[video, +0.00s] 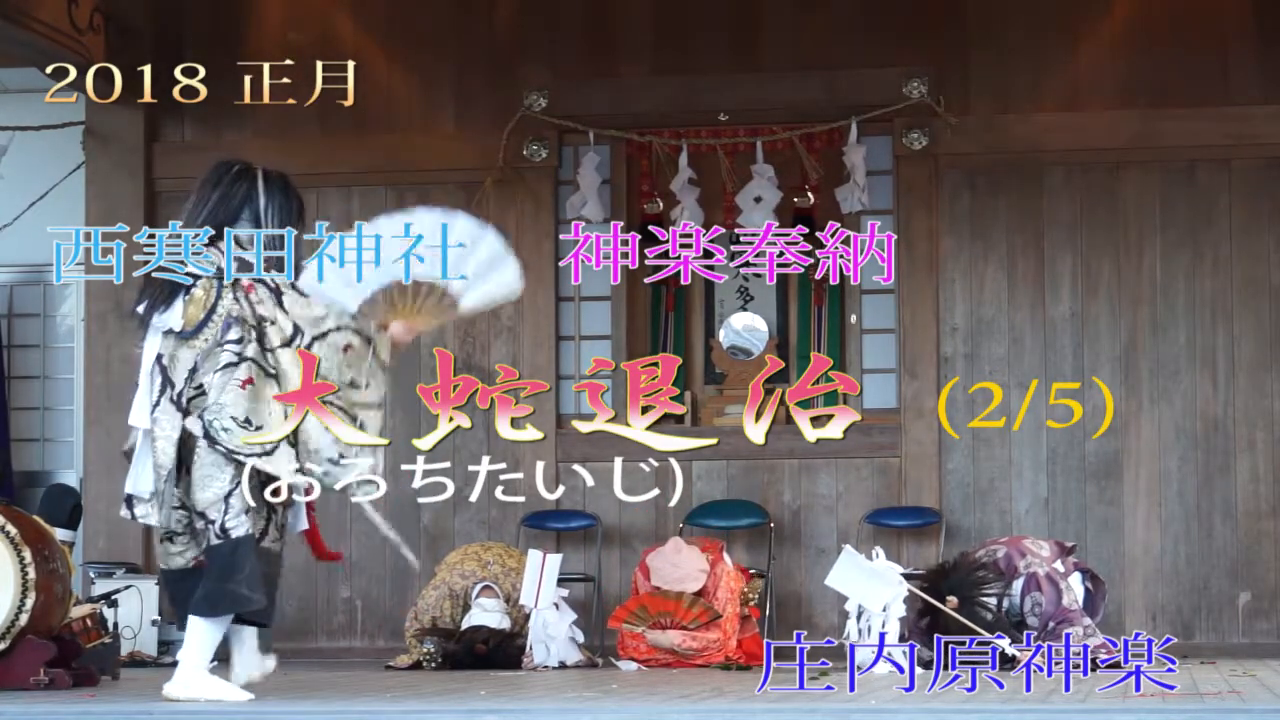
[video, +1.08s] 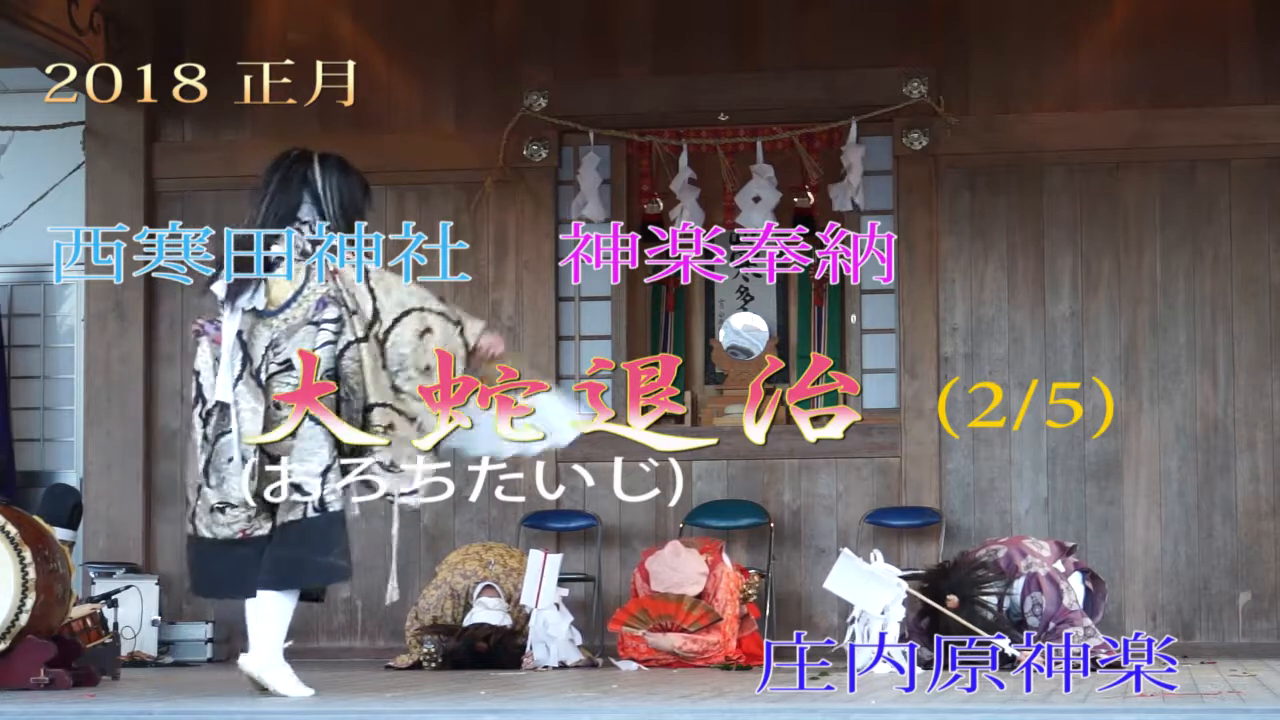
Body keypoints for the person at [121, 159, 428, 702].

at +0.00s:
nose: (290, 240)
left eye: (289, 228)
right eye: (286, 227)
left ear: (213, 214)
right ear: (262, 225)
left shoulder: (190, 285)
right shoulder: (234, 295)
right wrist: (385, 339)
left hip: (184, 441)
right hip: (223, 444)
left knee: (243, 545)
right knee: (233, 551)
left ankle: (246, 656)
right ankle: (192, 671)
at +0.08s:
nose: (300, 243)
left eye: (297, 230)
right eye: (292, 229)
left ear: (227, 220)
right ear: (266, 227)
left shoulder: (264, 292)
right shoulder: (231, 298)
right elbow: (235, 396)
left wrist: (349, 357)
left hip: (238, 447)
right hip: (209, 450)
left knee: (254, 546)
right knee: (231, 547)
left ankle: (230, 664)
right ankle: (191, 669)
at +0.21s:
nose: (312, 254)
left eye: (313, 238)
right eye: (307, 237)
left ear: (237, 226)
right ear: (280, 236)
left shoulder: (213, 293)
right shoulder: (253, 300)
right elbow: (236, 389)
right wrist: (277, 438)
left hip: (214, 443)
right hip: (223, 448)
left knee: (241, 549)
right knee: (240, 551)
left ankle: (227, 654)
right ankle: (211, 652)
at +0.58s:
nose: (332, 252)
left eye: (333, 237)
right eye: (329, 236)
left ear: (259, 214)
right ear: (306, 228)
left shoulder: (214, 290)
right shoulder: (293, 295)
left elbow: (187, 371)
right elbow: (310, 382)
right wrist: (317, 462)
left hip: (207, 432)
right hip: (264, 435)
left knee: (223, 541)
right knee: (281, 537)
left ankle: (230, 661)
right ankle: (263, 656)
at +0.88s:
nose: (349, 224)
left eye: (347, 213)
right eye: (344, 212)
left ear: (268, 200)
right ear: (325, 211)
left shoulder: (232, 274)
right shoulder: (319, 283)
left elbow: (211, 360)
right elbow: (344, 373)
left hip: (228, 428)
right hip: (289, 436)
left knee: (240, 532)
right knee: (292, 534)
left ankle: (239, 647)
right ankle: (265, 652)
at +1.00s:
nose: (346, 224)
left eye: (337, 216)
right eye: (343, 212)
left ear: (272, 204)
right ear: (328, 209)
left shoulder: (245, 277)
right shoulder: (329, 283)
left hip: (241, 420)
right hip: (301, 424)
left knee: (252, 528)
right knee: (295, 530)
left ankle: (247, 646)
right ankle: (266, 652)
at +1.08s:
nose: (360, 221)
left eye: (357, 211)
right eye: (355, 210)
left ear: (278, 201)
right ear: (338, 208)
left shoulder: (251, 269)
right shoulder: (339, 269)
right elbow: (402, 304)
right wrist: (468, 332)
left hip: (245, 420)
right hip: (306, 423)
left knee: (262, 530)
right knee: (297, 532)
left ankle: (262, 648)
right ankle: (266, 651)